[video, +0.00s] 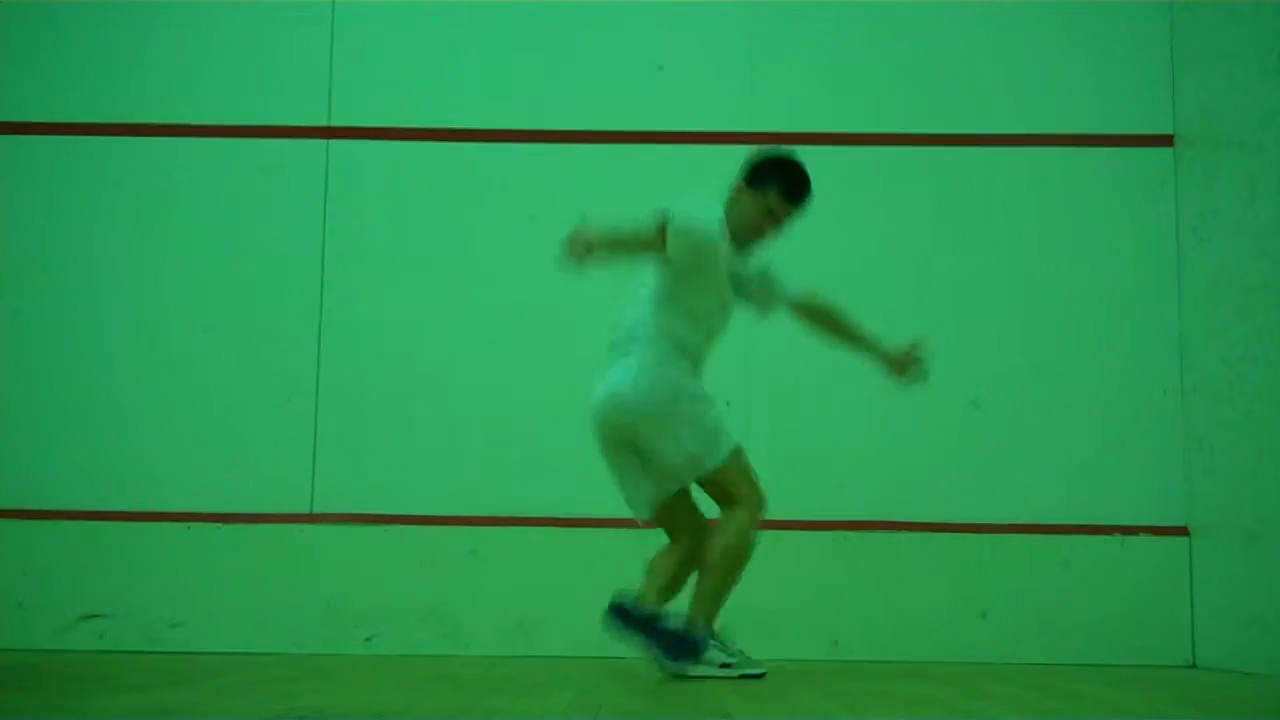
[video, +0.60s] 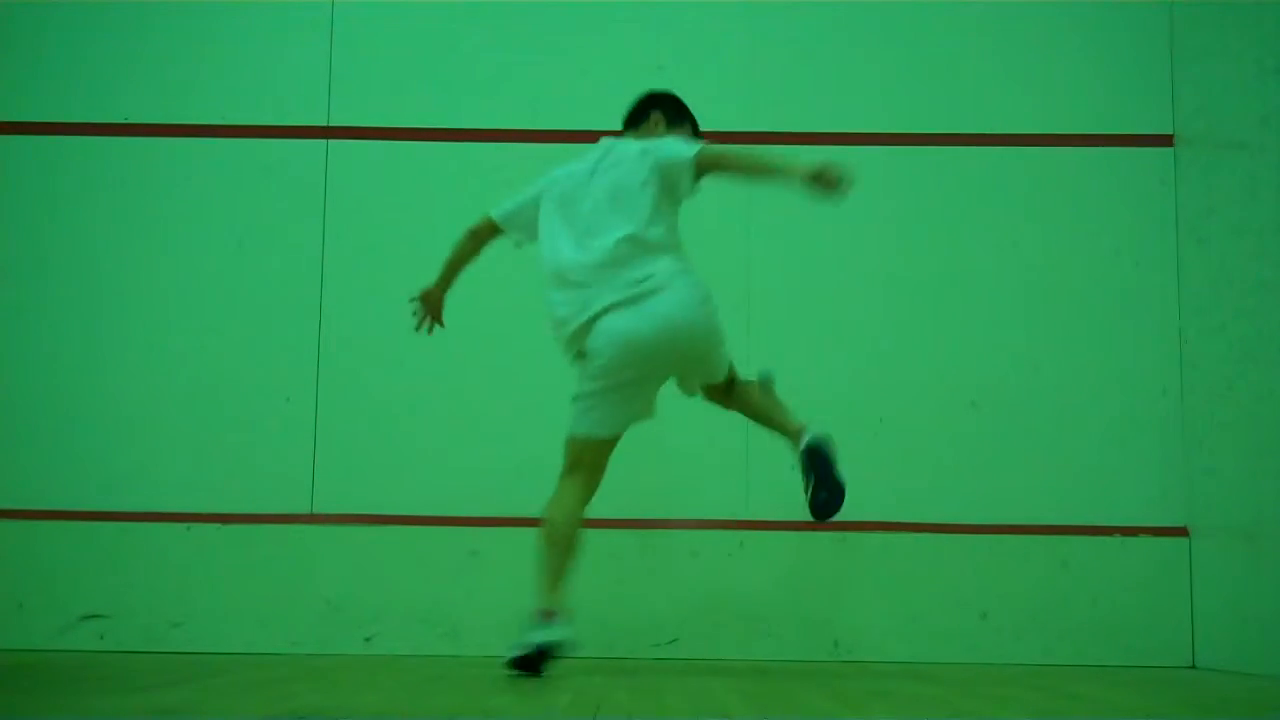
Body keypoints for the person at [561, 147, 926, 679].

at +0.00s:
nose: (769, 226)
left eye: (780, 220)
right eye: (767, 210)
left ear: (784, 221)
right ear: (740, 191)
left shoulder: (744, 272)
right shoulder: (699, 234)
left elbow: (810, 309)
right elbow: (645, 238)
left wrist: (883, 355)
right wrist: (592, 243)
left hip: (616, 402)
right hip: (659, 389)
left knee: (691, 534)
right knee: (746, 503)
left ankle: (639, 609)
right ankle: (696, 634)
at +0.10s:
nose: (776, 267)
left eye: (788, 261)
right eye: (776, 251)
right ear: (748, 223)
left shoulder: (741, 299)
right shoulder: (702, 261)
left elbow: (775, 342)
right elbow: (642, 292)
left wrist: (817, 390)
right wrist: (586, 321)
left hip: (601, 422)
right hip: (648, 400)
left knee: (685, 536)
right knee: (749, 503)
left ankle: (680, 533)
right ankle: (693, 640)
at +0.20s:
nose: (763, 253)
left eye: (773, 247)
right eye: (764, 238)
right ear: (736, 211)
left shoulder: (706, 272)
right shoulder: (694, 250)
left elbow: (683, 346)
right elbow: (659, 294)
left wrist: (707, 400)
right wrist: (647, 340)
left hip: (595, 418)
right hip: (634, 399)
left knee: (701, 514)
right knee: (731, 493)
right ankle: (691, 639)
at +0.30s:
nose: (743, 217)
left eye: (752, 210)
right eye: (746, 202)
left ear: (715, 177)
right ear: (720, 175)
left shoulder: (660, 214)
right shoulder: (683, 208)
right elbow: (666, 263)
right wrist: (681, 325)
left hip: (581, 372)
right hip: (626, 363)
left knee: (658, 508)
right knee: (709, 486)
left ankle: (576, 507)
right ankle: (688, 637)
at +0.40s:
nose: (716, 188)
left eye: (724, 180)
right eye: (717, 173)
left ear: (676, 150)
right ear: (687, 147)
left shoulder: (606, 205)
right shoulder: (665, 181)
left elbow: (545, 275)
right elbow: (648, 233)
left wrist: (497, 348)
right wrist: (683, 307)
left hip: (576, 359)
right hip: (633, 350)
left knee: (574, 512)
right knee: (720, 469)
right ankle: (703, 616)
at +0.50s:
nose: (690, 182)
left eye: (696, 173)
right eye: (690, 168)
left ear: (647, 146)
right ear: (661, 144)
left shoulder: (572, 202)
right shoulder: (646, 178)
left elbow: (501, 258)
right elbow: (679, 212)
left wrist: (455, 323)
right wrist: (741, 249)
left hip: (584, 367)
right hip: (649, 348)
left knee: (555, 508)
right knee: (738, 416)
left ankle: (509, 635)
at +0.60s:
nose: (685, 152)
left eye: (688, 144)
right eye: (683, 141)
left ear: (634, 122)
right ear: (655, 122)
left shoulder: (558, 181)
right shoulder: (653, 152)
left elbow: (481, 230)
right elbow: (718, 157)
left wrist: (437, 288)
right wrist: (799, 172)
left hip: (608, 343)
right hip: (680, 310)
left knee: (576, 481)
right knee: (725, 385)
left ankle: (547, 619)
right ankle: (804, 438)